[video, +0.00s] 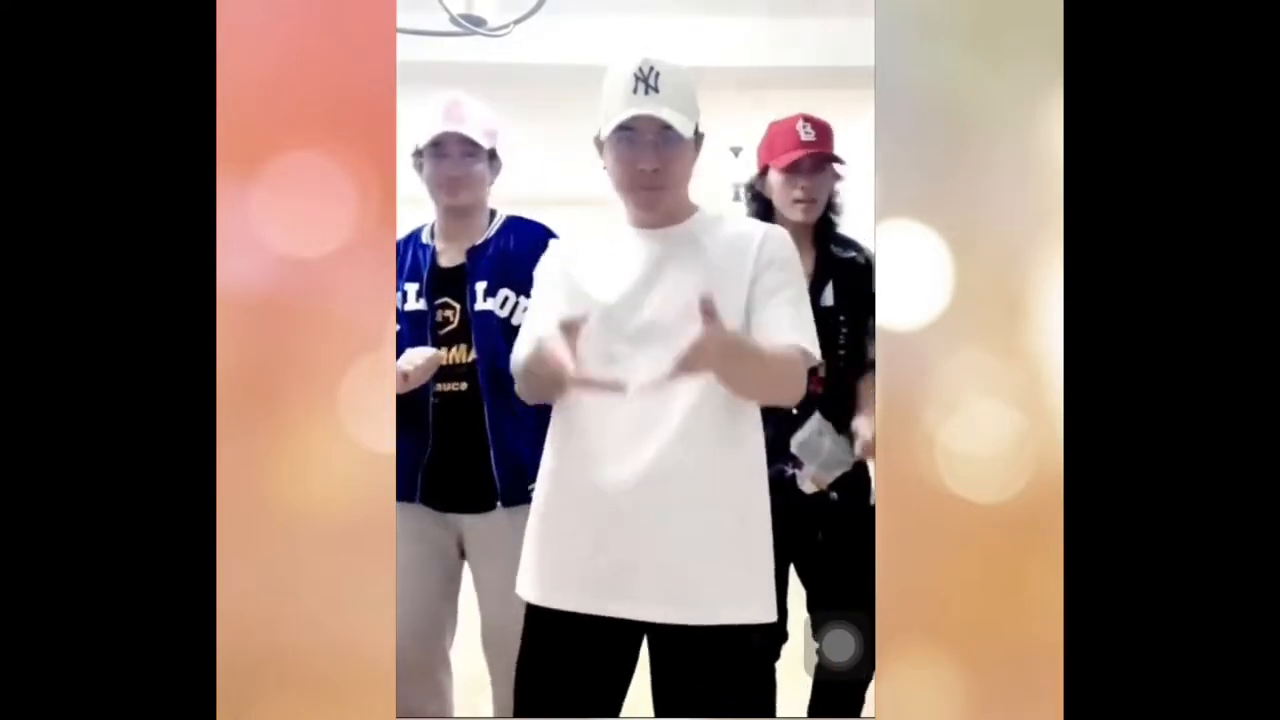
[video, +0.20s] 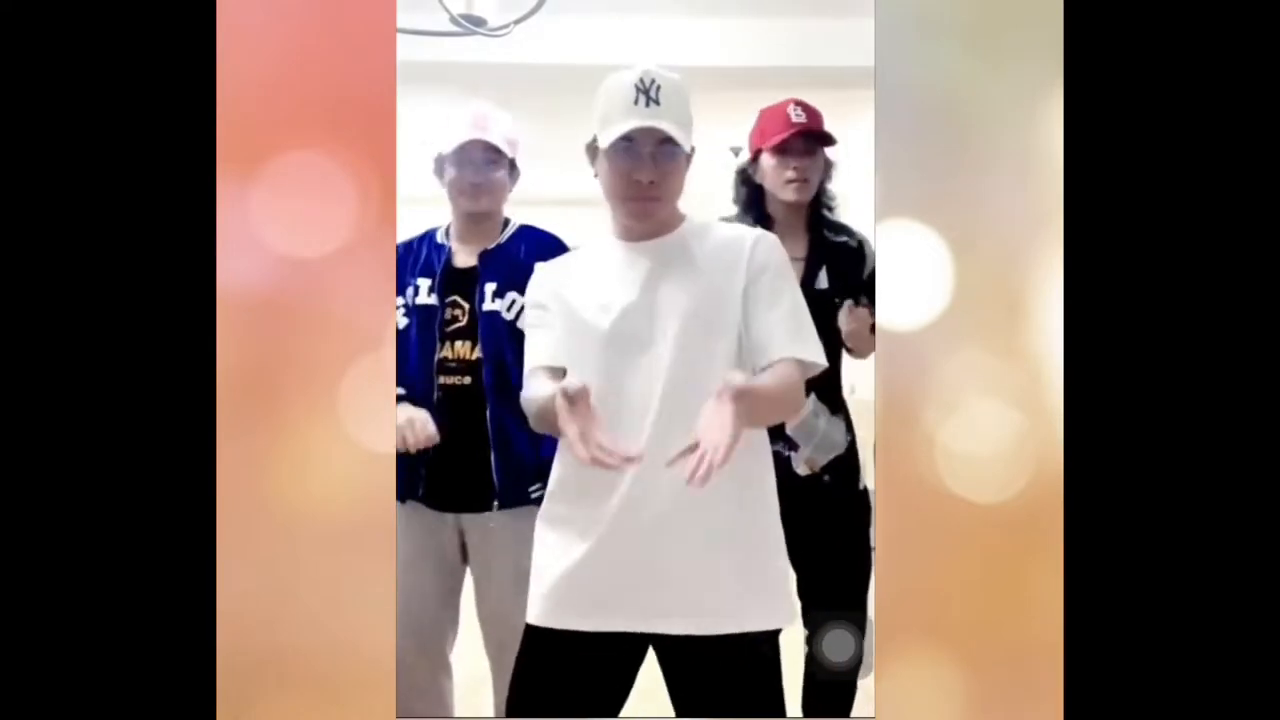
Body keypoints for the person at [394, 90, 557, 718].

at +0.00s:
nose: (453, 168)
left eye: (469, 154)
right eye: (439, 154)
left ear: (495, 168)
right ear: (420, 168)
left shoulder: (535, 248)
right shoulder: (394, 259)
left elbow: (571, 348)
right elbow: (358, 367)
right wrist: (392, 375)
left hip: (509, 493)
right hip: (414, 494)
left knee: (515, 662)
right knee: (414, 660)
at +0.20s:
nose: (476, 174)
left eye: (491, 162)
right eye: (463, 162)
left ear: (513, 177)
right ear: (440, 173)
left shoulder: (548, 258)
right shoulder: (398, 262)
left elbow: (576, 358)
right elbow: (363, 360)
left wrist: (562, 417)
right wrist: (393, 406)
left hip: (513, 496)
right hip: (417, 497)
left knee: (518, 660)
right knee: (414, 661)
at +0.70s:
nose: (504, 171)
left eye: (520, 163)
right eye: (491, 160)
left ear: (538, 187)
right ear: (466, 177)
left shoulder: (550, 267)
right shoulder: (418, 260)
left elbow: (572, 379)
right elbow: (379, 371)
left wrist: (564, 475)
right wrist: (387, 489)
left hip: (533, 483)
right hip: (443, 482)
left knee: (532, 652)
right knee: (431, 654)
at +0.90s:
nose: (483, 165)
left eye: (498, 156)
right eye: (470, 156)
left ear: (522, 176)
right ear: (449, 173)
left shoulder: (549, 262)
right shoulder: (404, 256)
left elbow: (574, 360)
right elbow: (367, 360)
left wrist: (558, 463)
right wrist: (376, 472)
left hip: (523, 486)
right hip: (428, 485)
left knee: (526, 658)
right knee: (421, 658)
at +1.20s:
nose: (464, 167)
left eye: (479, 157)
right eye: (451, 157)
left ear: (503, 179)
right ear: (431, 174)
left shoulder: (533, 258)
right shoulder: (399, 257)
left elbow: (565, 364)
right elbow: (366, 355)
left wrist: (555, 466)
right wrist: (373, 459)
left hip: (505, 489)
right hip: (414, 485)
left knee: (514, 660)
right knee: (416, 654)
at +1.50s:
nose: (483, 176)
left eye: (497, 166)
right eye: (470, 165)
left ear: (518, 184)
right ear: (449, 181)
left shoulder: (557, 264)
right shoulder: (406, 266)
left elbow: (578, 380)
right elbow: (373, 371)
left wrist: (562, 488)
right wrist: (380, 472)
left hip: (521, 493)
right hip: (427, 492)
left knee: (523, 661)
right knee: (422, 659)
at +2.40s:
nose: (518, 193)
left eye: (531, 178)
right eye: (504, 177)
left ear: (544, 183)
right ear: (469, 176)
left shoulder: (554, 267)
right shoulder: (409, 253)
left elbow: (576, 381)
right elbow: (374, 383)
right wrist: (382, 514)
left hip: (536, 502)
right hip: (442, 499)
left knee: (526, 665)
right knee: (434, 667)